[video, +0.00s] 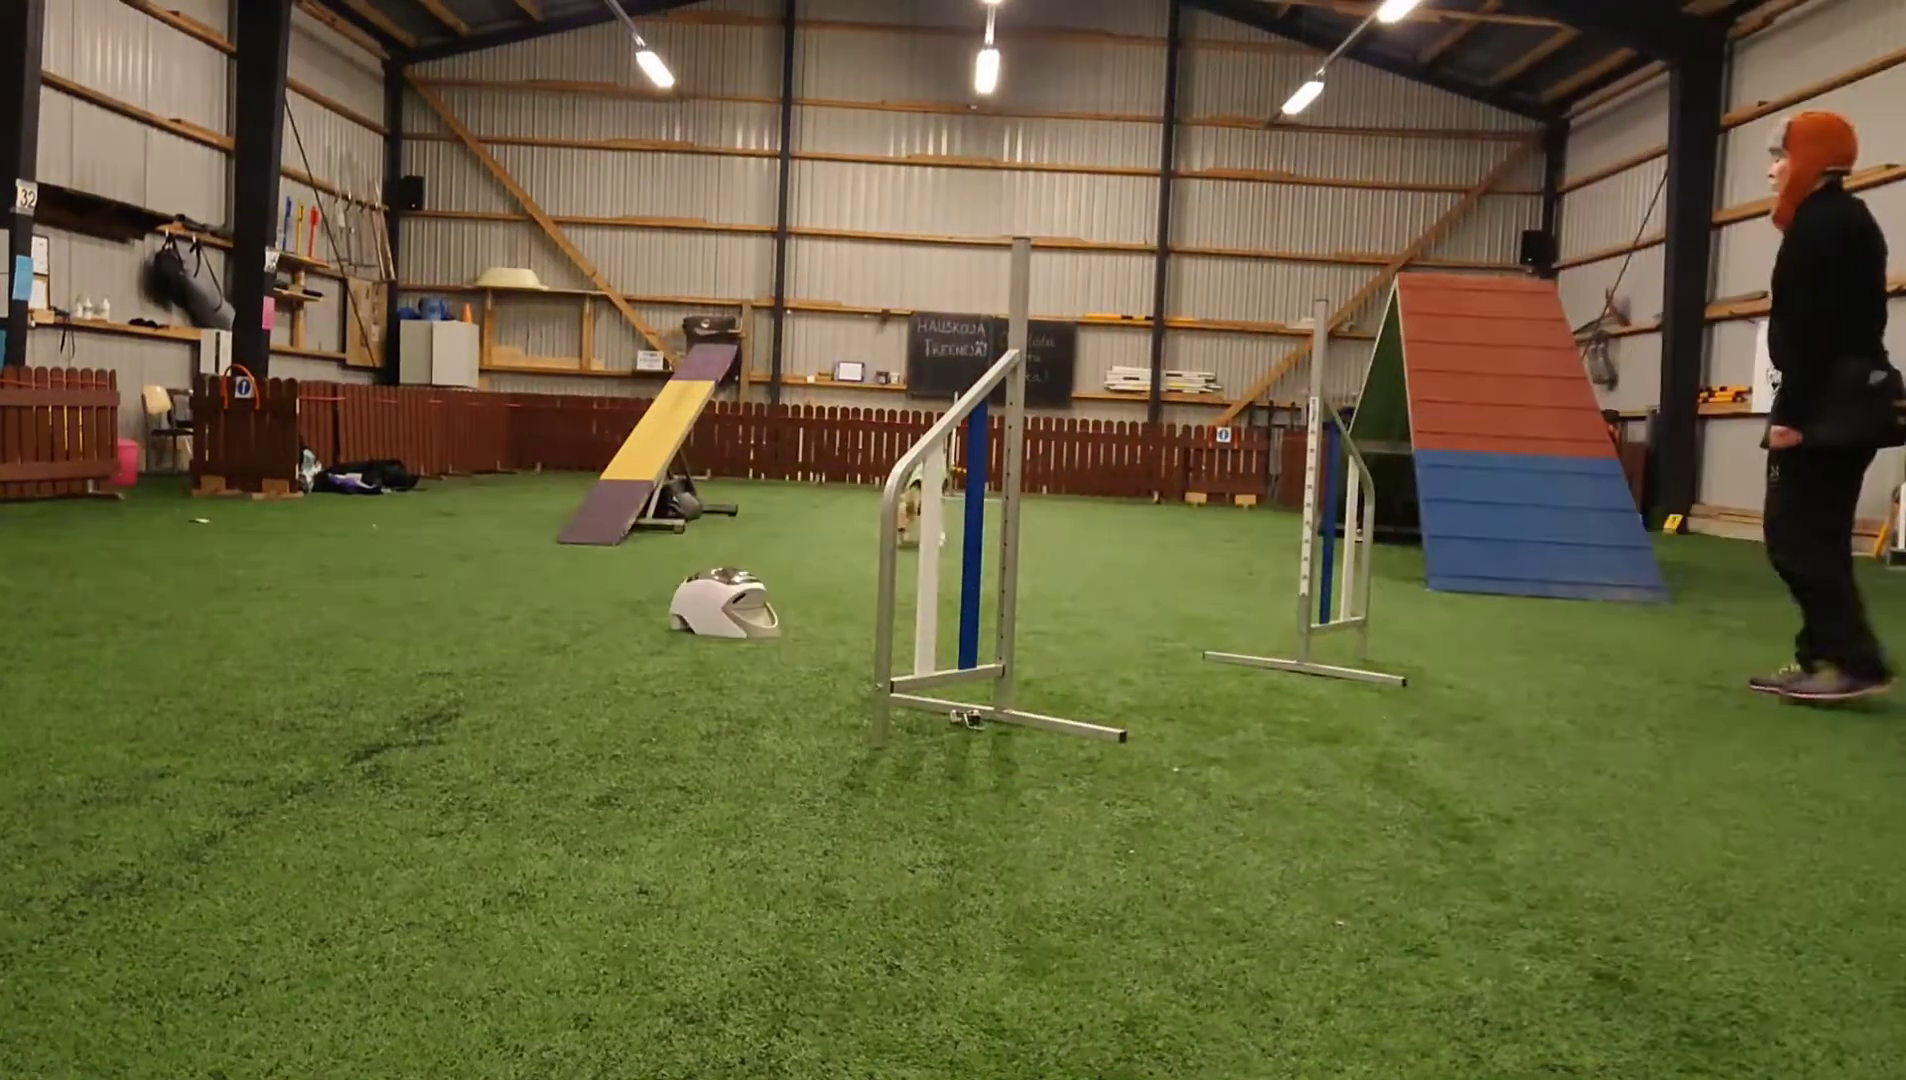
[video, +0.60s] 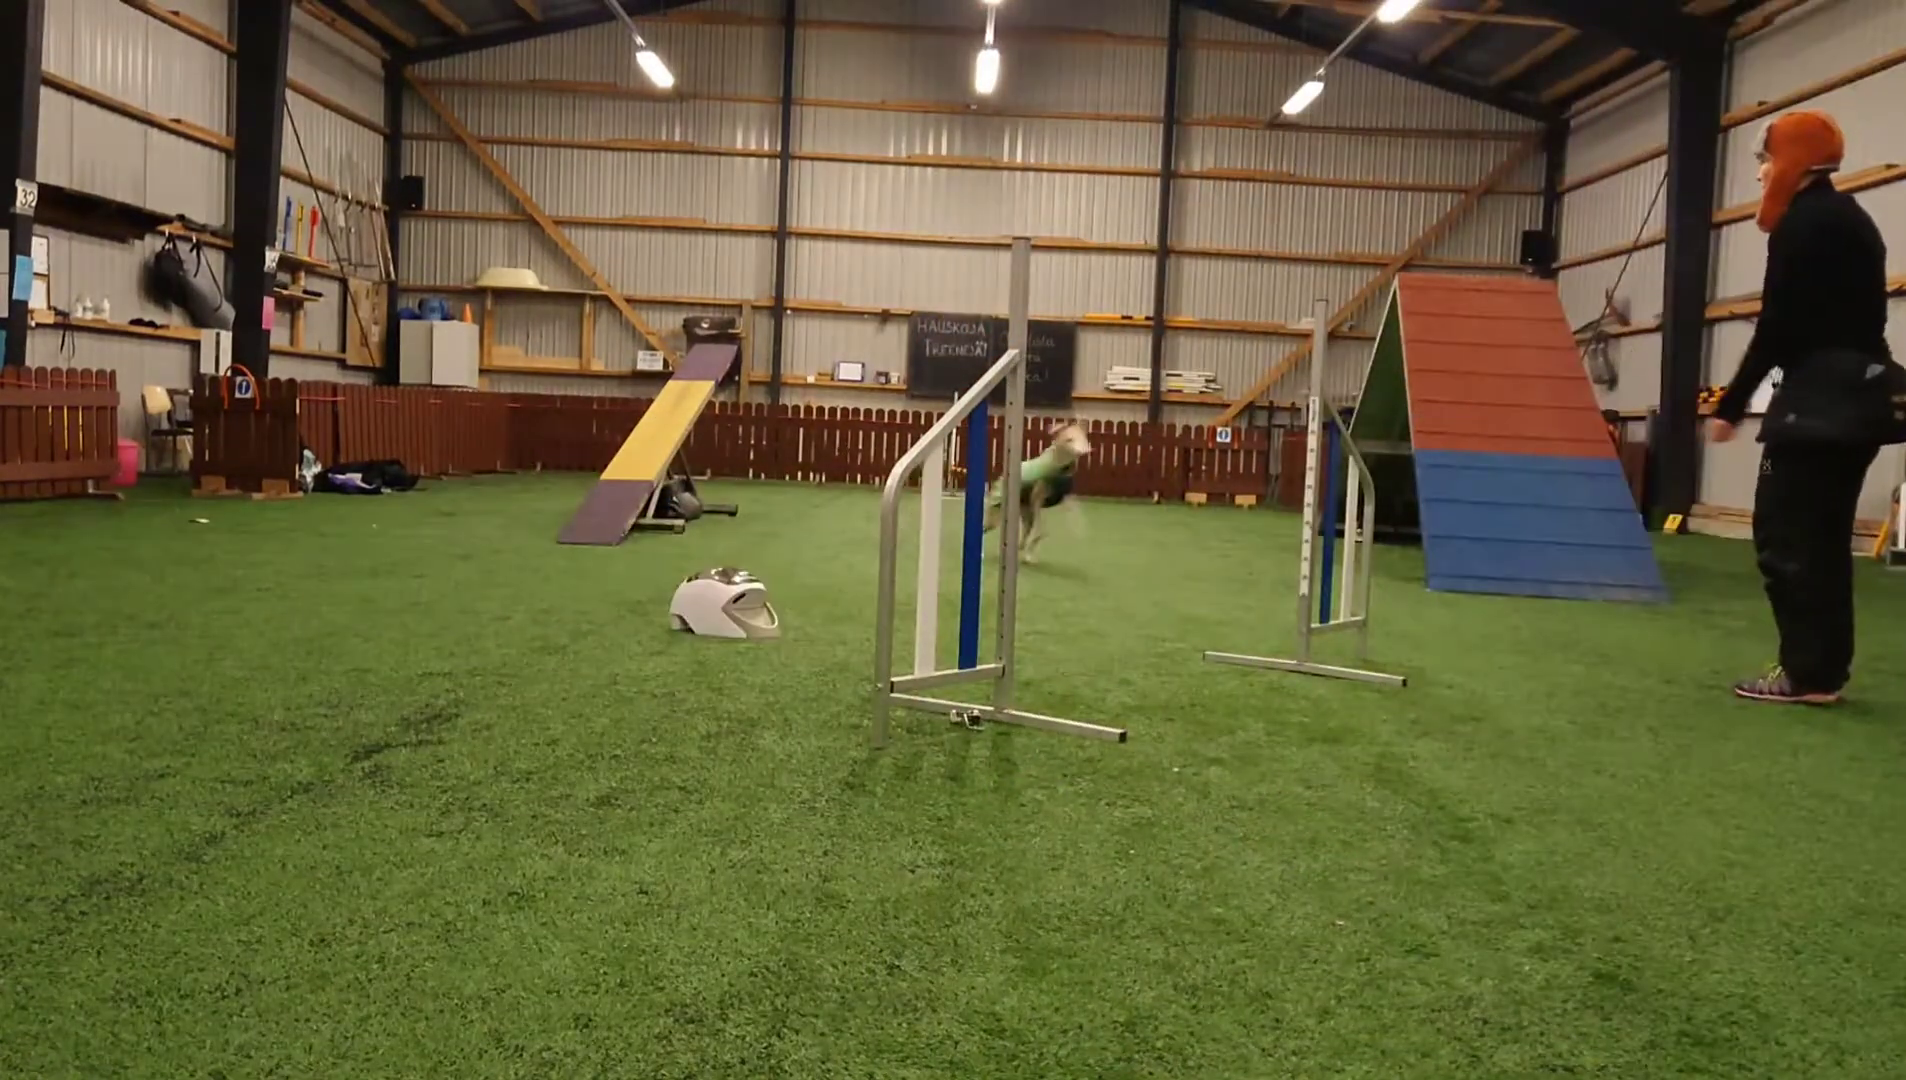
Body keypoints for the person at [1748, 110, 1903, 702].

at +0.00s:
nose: (1775, 166)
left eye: (1784, 155)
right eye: (1779, 154)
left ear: (1811, 162)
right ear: (1830, 162)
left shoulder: (1815, 225)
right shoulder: (1856, 220)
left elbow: (1811, 328)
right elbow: (1864, 324)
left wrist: (1790, 412)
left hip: (1822, 410)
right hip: (1852, 406)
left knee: (1793, 535)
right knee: (1822, 534)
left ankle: (1856, 663)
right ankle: (1822, 661)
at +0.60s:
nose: (1763, 168)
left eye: (1769, 158)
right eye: (1765, 157)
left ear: (1794, 163)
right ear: (1821, 162)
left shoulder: (1798, 225)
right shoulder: (1857, 222)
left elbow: (1776, 328)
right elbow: (1866, 326)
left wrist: (1731, 405)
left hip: (1812, 408)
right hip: (1855, 407)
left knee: (1782, 534)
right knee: (1826, 535)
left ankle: (1806, 673)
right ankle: (1825, 670)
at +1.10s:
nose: (1766, 230)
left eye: (1770, 216)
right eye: (1764, 218)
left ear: (1801, 213)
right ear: (1819, 210)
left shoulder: (1829, 268)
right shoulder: (1876, 241)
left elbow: (1807, 374)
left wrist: (1725, 380)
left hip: (1898, 423)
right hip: (1898, 419)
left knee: (1866, 542)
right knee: (1864, 541)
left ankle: (1828, 671)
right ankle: (1828, 670)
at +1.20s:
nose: (1773, 244)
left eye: (1775, 230)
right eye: (1768, 233)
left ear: (1807, 223)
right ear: (1824, 220)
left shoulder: (1844, 276)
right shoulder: (1880, 248)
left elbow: (1841, 380)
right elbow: (1842, 378)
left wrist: (1750, 407)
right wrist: (1758, 404)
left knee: (1887, 547)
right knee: (1885, 545)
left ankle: (1837, 671)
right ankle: (1838, 669)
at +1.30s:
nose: (1775, 260)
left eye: (1777, 245)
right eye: (1771, 247)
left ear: (1809, 239)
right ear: (1818, 236)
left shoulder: (1862, 283)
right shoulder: (1877, 259)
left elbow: (1867, 395)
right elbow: (1867, 394)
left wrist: (1793, 453)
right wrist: (1795, 452)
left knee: (1896, 535)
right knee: (1895, 534)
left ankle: (1900, 679)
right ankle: (1897, 677)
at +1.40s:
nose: (1780, 270)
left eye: (1780, 255)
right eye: (1775, 258)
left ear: (1809, 247)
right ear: (1810, 248)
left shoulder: (1872, 284)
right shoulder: (1883, 256)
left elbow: (1894, 405)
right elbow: (1893, 404)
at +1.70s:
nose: (1774, 280)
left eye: (1777, 265)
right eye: (1770, 268)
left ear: (1811, 257)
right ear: (1815, 257)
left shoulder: (1879, 290)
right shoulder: (1871, 288)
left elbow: (1887, 409)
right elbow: (1884, 408)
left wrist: (1865, 503)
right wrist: (1866, 502)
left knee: (1903, 544)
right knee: (1901, 545)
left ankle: (1904, 701)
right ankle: (1901, 699)